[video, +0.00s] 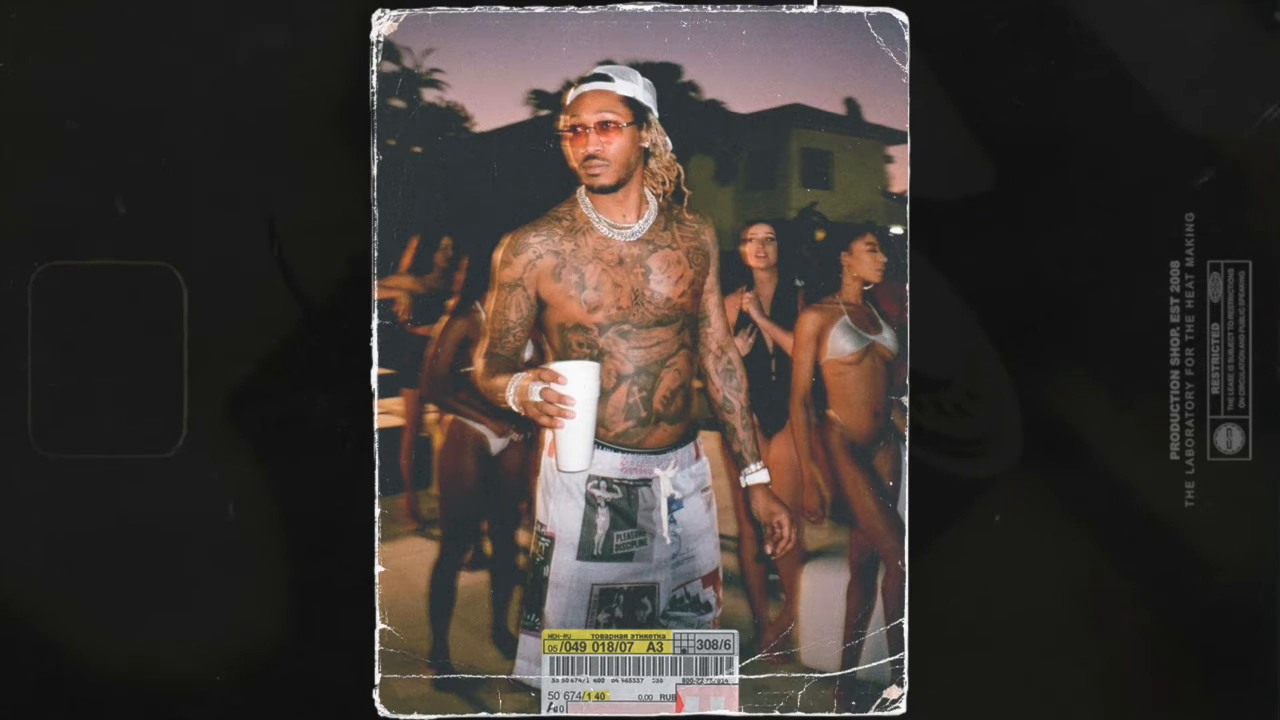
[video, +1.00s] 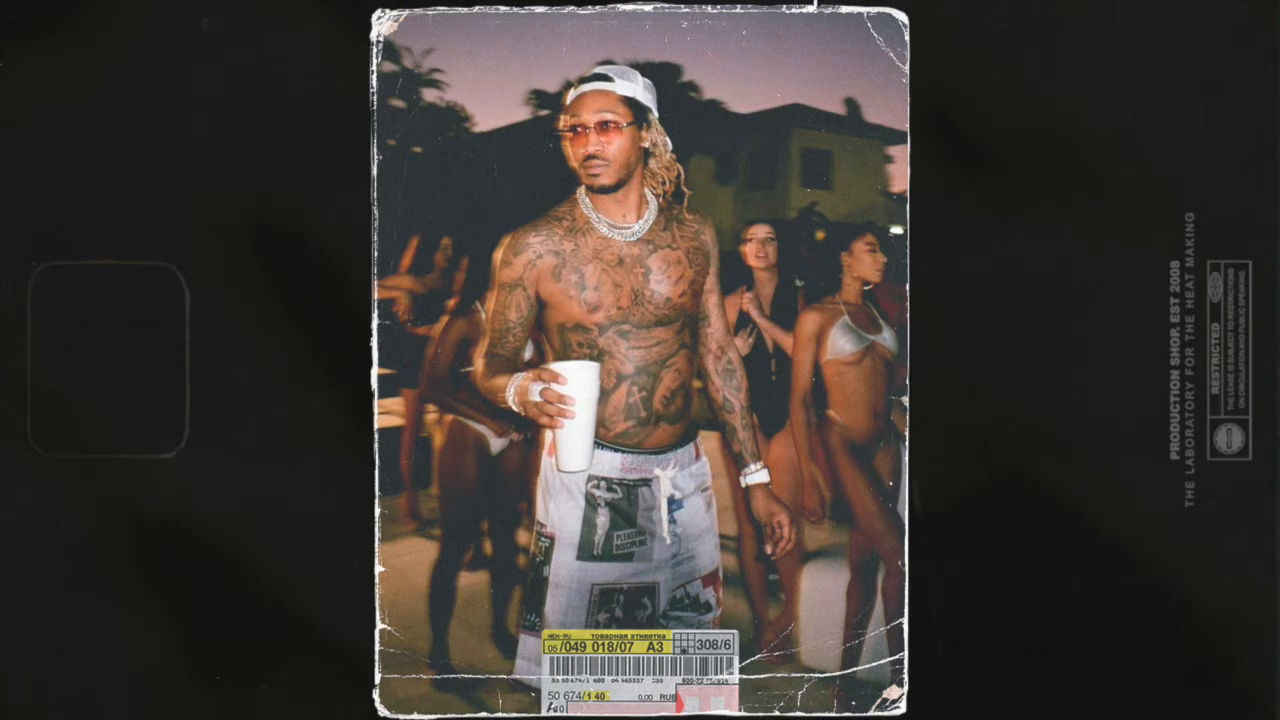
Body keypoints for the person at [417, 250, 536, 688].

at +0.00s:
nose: (517, 287)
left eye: (524, 279)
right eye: (511, 277)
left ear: (532, 287)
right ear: (496, 277)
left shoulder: (531, 332)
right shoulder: (466, 322)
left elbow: (543, 385)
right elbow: (434, 387)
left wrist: (529, 421)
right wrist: (489, 421)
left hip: (514, 445)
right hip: (465, 440)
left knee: (506, 541)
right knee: (456, 544)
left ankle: (501, 628)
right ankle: (439, 651)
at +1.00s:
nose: (514, 289)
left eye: (521, 281)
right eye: (507, 279)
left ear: (531, 289)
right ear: (493, 278)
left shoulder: (531, 333)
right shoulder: (465, 322)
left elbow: (543, 386)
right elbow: (434, 386)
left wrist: (529, 421)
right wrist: (490, 422)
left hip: (515, 443)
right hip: (465, 439)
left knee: (506, 540)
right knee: (456, 544)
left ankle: (501, 627)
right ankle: (439, 650)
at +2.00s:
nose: (515, 288)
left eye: (522, 280)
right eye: (508, 278)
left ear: (532, 288)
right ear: (494, 278)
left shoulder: (531, 333)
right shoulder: (465, 323)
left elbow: (543, 386)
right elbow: (434, 387)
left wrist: (529, 421)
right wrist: (490, 422)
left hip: (515, 443)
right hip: (465, 439)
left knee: (506, 540)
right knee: (456, 544)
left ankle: (501, 627)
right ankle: (439, 649)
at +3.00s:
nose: (515, 286)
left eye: (523, 278)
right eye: (509, 276)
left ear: (532, 287)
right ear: (495, 277)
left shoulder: (531, 331)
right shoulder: (466, 321)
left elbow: (544, 384)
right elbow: (434, 386)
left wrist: (530, 421)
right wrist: (490, 421)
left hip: (515, 443)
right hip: (465, 439)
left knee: (506, 541)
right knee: (455, 545)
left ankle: (501, 627)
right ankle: (439, 652)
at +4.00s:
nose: (516, 281)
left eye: (523, 273)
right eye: (510, 271)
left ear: (532, 281)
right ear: (496, 273)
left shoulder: (531, 328)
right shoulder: (467, 319)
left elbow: (544, 382)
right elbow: (435, 387)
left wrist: (529, 420)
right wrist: (491, 421)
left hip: (515, 444)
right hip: (465, 440)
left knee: (506, 541)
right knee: (455, 544)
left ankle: (501, 627)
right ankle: (439, 649)